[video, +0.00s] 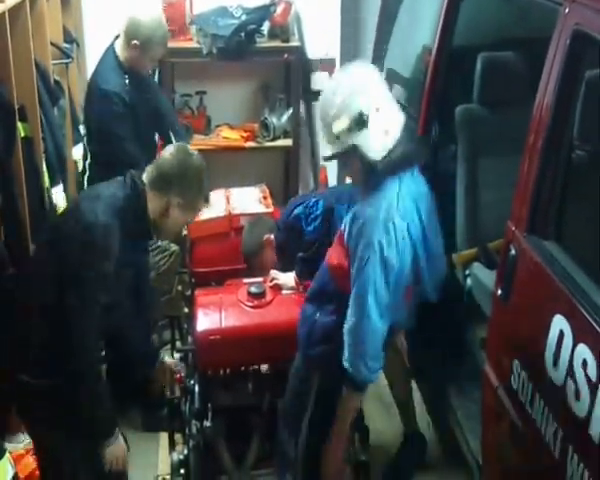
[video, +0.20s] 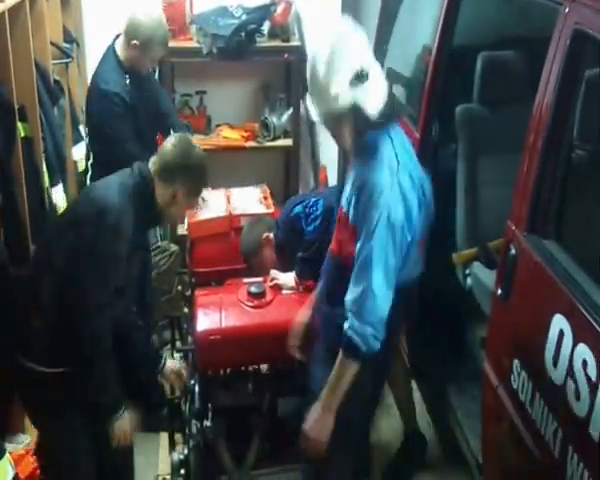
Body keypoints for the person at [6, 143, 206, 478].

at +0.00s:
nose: (187, 226)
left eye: (192, 217)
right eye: (189, 215)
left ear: (168, 201)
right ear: (169, 205)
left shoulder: (127, 210)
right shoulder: (101, 228)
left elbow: (131, 306)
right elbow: (84, 341)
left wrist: (151, 364)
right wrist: (106, 432)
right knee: (77, 470)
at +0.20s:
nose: (189, 213)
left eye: (193, 204)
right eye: (191, 203)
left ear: (171, 189)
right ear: (173, 193)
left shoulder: (130, 201)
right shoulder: (113, 215)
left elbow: (128, 309)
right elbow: (101, 317)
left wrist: (156, 364)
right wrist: (113, 406)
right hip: (60, 370)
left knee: (113, 463)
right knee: (82, 466)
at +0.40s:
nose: (180, 209)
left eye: (186, 201)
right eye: (184, 198)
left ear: (160, 174)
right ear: (172, 184)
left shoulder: (121, 186)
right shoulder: (134, 201)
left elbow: (133, 293)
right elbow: (134, 299)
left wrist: (152, 356)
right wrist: (150, 369)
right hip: (65, 353)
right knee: (99, 456)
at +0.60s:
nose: (173, 222)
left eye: (179, 214)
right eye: (177, 211)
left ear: (152, 184)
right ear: (167, 194)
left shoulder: (122, 194)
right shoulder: (140, 201)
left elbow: (136, 300)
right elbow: (141, 299)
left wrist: (165, 358)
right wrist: (165, 363)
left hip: (50, 328)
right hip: (74, 339)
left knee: (90, 448)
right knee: (103, 452)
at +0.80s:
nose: (167, 231)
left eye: (173, 224)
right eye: (172, 220)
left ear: (145, 192)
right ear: (164, 200)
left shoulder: (112, 205)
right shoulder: (145, 202)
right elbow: (147, 286)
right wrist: (168, 357)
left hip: (50, 324)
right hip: (82, 333)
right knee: (108, 436)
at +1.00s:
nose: (170, 231)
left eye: (173, 226)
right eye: (173, 222)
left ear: (148, 190)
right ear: (169, 204)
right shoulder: (150, 199)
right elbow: (152, 278)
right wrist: (171, 356)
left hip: (53, 324)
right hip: (87, 329)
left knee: (96, 430)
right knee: (111, 428)